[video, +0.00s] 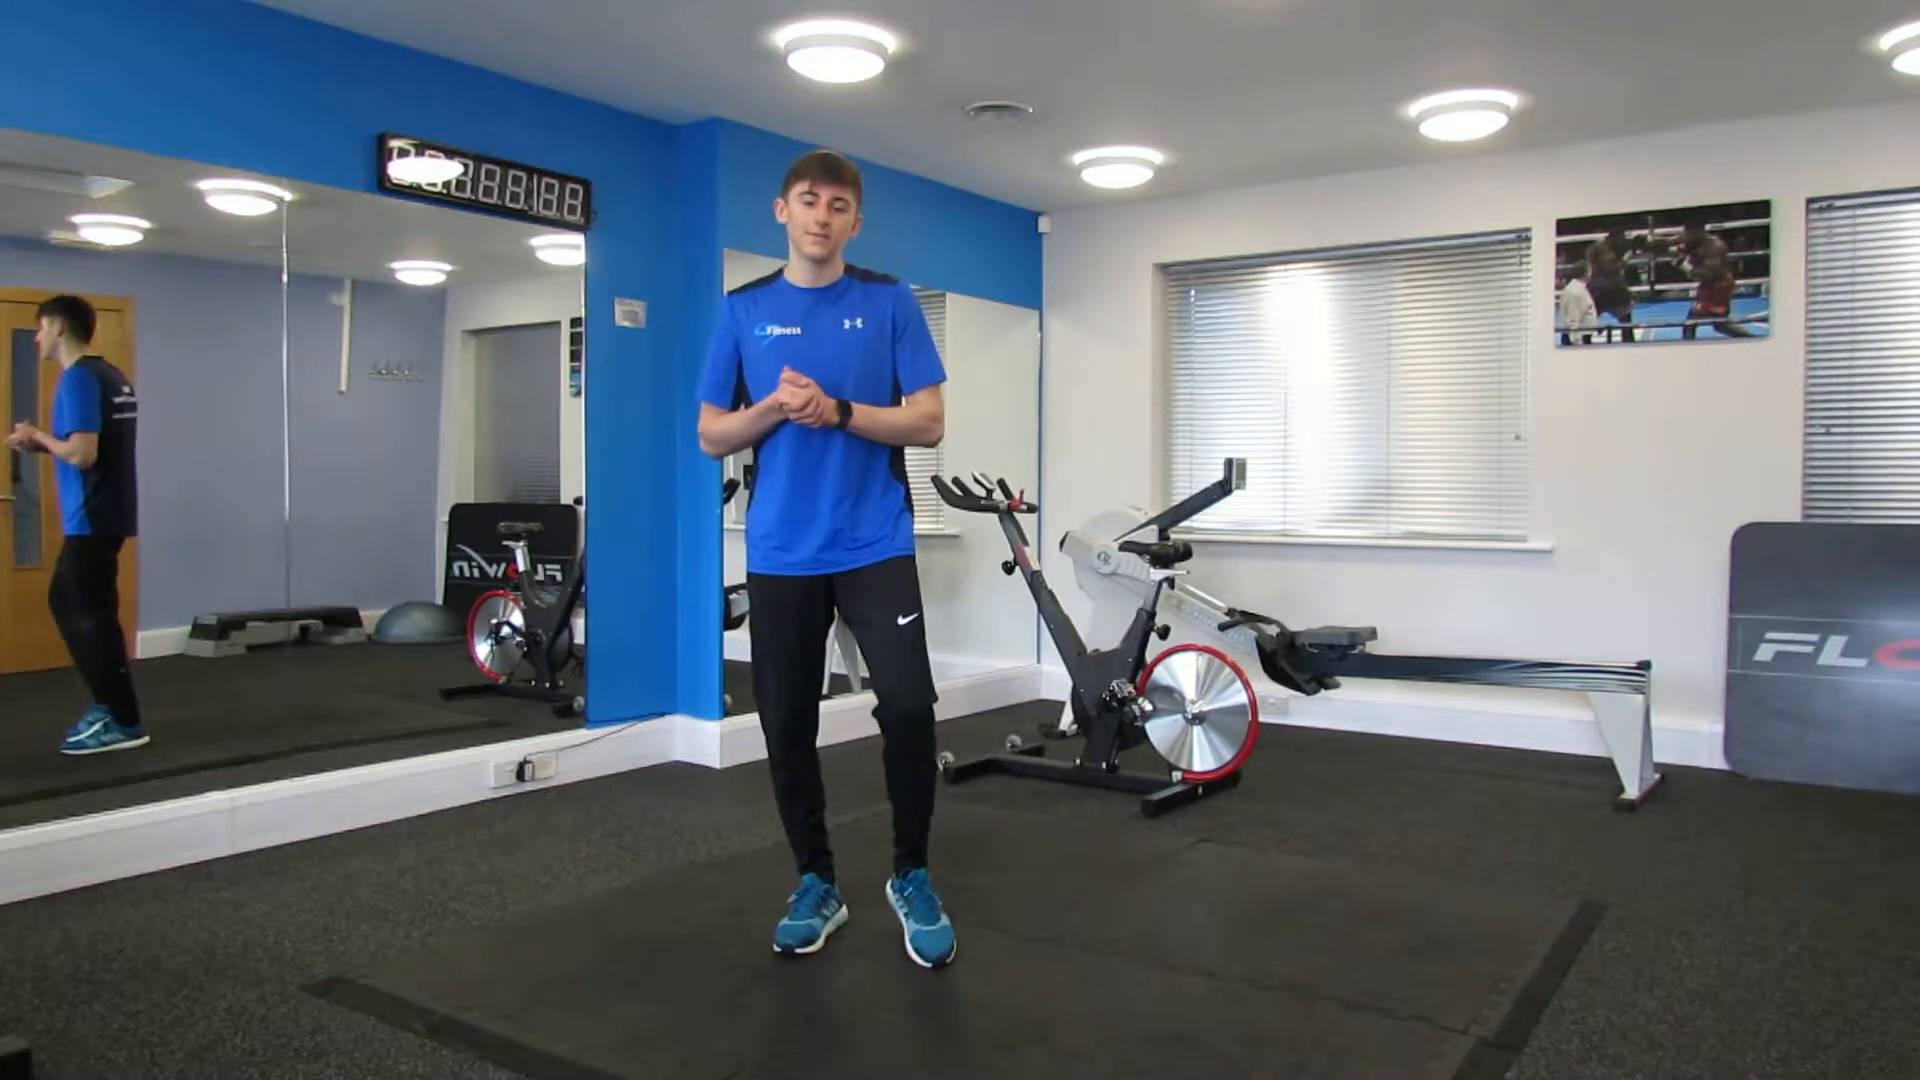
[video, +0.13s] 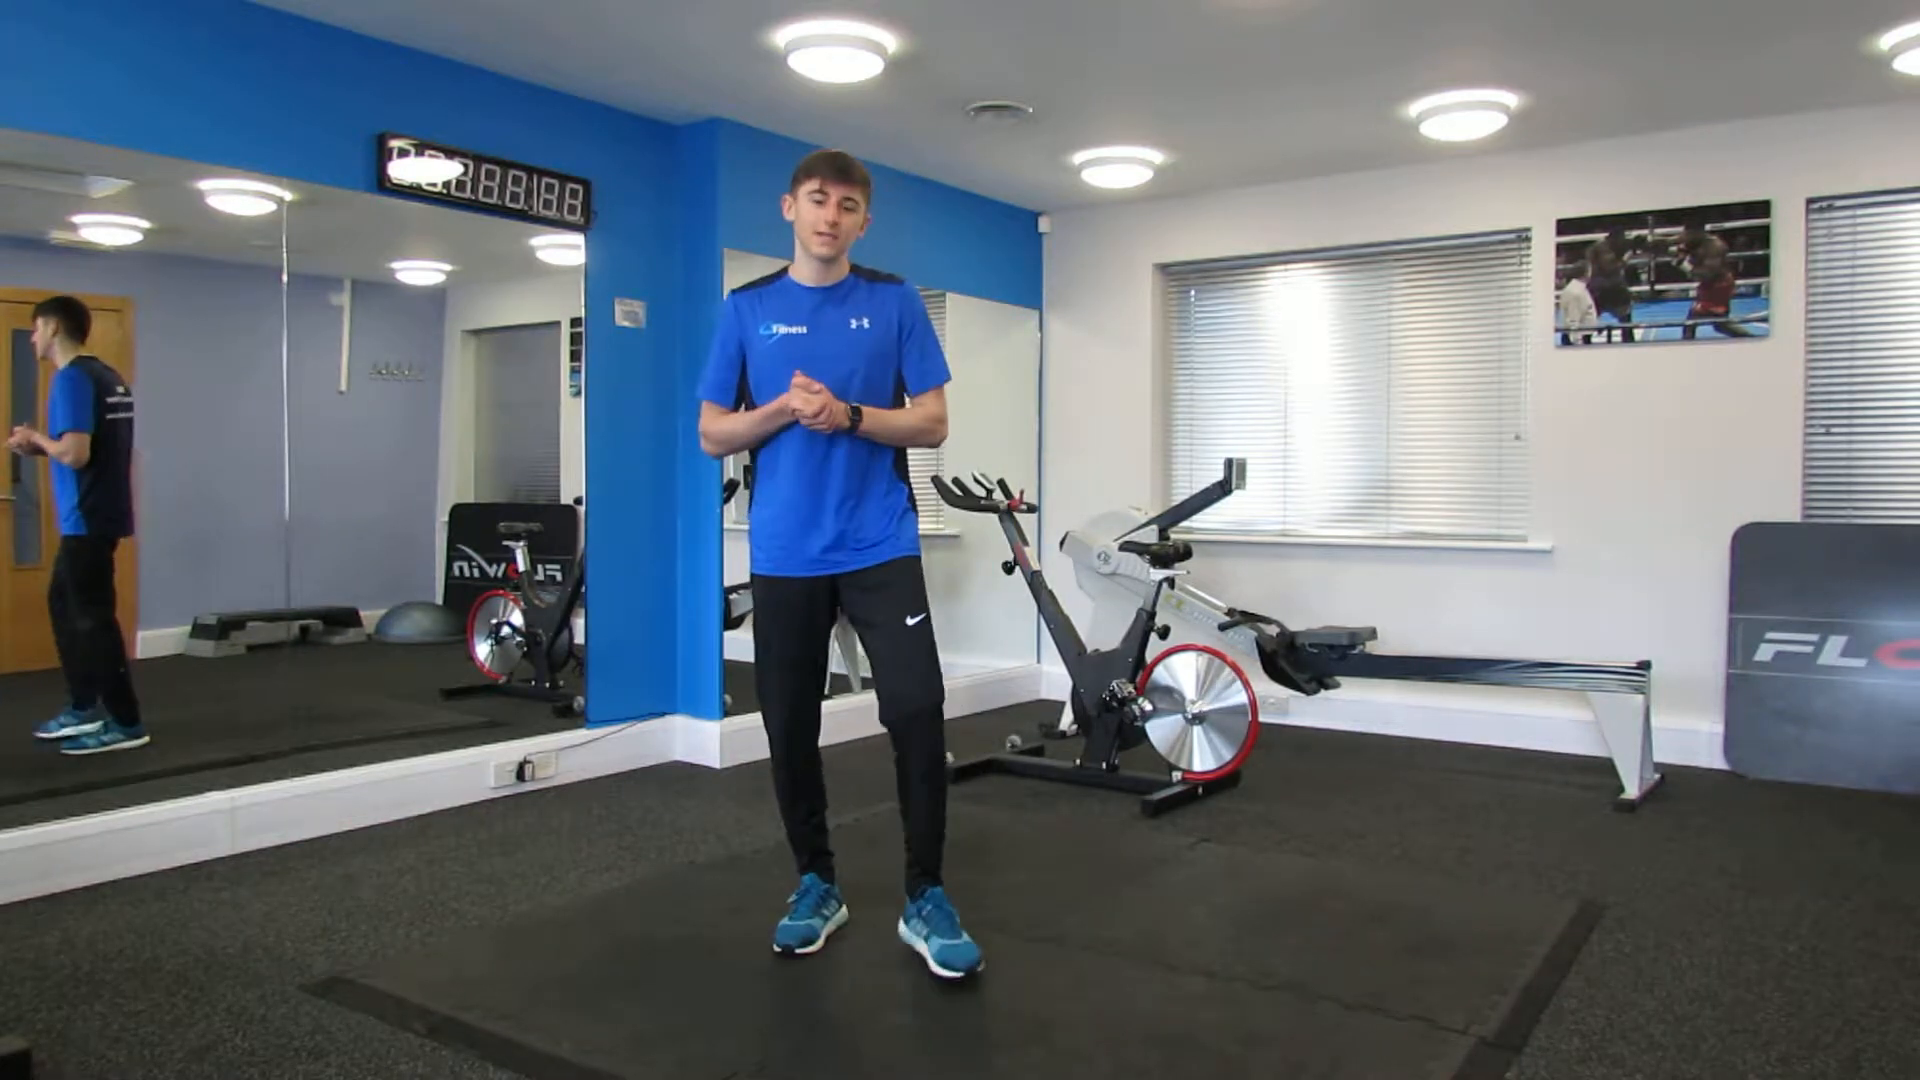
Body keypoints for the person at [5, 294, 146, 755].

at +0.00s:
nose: (36, 336)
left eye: (40, 327)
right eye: (38, 327)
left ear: (58, 328)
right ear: (81, 330)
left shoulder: (79, 377)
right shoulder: (111, 376)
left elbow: (83, 453)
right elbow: (92, 449)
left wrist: (40, 437)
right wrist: (42, 444)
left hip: (91, 522)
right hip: (108, 519)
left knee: (74, 604)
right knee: (83, 604)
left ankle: (122, 717)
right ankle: (109, 709)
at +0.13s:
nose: (32, 337)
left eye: (35, 327)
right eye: (33, 328)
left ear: (52, 328)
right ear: (74, 330)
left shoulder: (73, 378)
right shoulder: (106, 375)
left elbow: (76, 452)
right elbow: (90, 448)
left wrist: (39, 440)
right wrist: (40, 445)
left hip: (87, 523)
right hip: (100, 520)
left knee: (90, 614)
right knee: (62, 604)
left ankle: (125, 720)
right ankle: (84, 707)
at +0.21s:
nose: (27, 337)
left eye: (31, 328)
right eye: (29, 329)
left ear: (48, 329)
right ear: (68, 331)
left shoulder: (68, 378)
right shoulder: (101, 377)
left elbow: (72, 452)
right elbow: (85, 447)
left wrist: (35, 441)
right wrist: (38, 445)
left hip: (82, 525)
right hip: (100, 521)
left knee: (93, 618)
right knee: (66, 615)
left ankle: (126, 721)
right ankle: (60, 712)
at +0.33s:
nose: (19, 342)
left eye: (23, 332)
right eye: (21, 333)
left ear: (40, 333)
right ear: (61, 335)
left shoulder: (58, 382)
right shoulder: (94, 380)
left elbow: (64, 454)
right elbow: (81, 450)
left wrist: (23, 442)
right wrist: (30, 446)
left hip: (75, 529)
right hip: (98, 526)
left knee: (93, 620)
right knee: (68, 621)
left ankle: (126, 721)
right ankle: (43, 716)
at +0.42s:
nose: (15, 346)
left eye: (19, 336)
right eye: (16, 337)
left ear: (35, 335)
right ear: (58, 336)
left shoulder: (52, 382)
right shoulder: (90, 383)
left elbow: (56, 456)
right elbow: (78, 456)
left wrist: (15, 444)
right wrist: (25, 449)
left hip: (67, 530)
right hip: (90, 527)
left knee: (87, 621)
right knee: (61, 623)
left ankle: (126, 721)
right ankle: (39, 718)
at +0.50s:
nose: (9, 345)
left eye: (12, 336)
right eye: (10, 336)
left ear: (27, 335)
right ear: (54, 336)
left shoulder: (43, 381)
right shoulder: (85, 383)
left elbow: (46, 456)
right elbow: (81, 457)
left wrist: (11, 445)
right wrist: (24, 451)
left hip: (57, 529)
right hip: (82, 527)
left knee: (74, 620)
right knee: (51, 619)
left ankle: (124, 719)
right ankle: (36, 718)